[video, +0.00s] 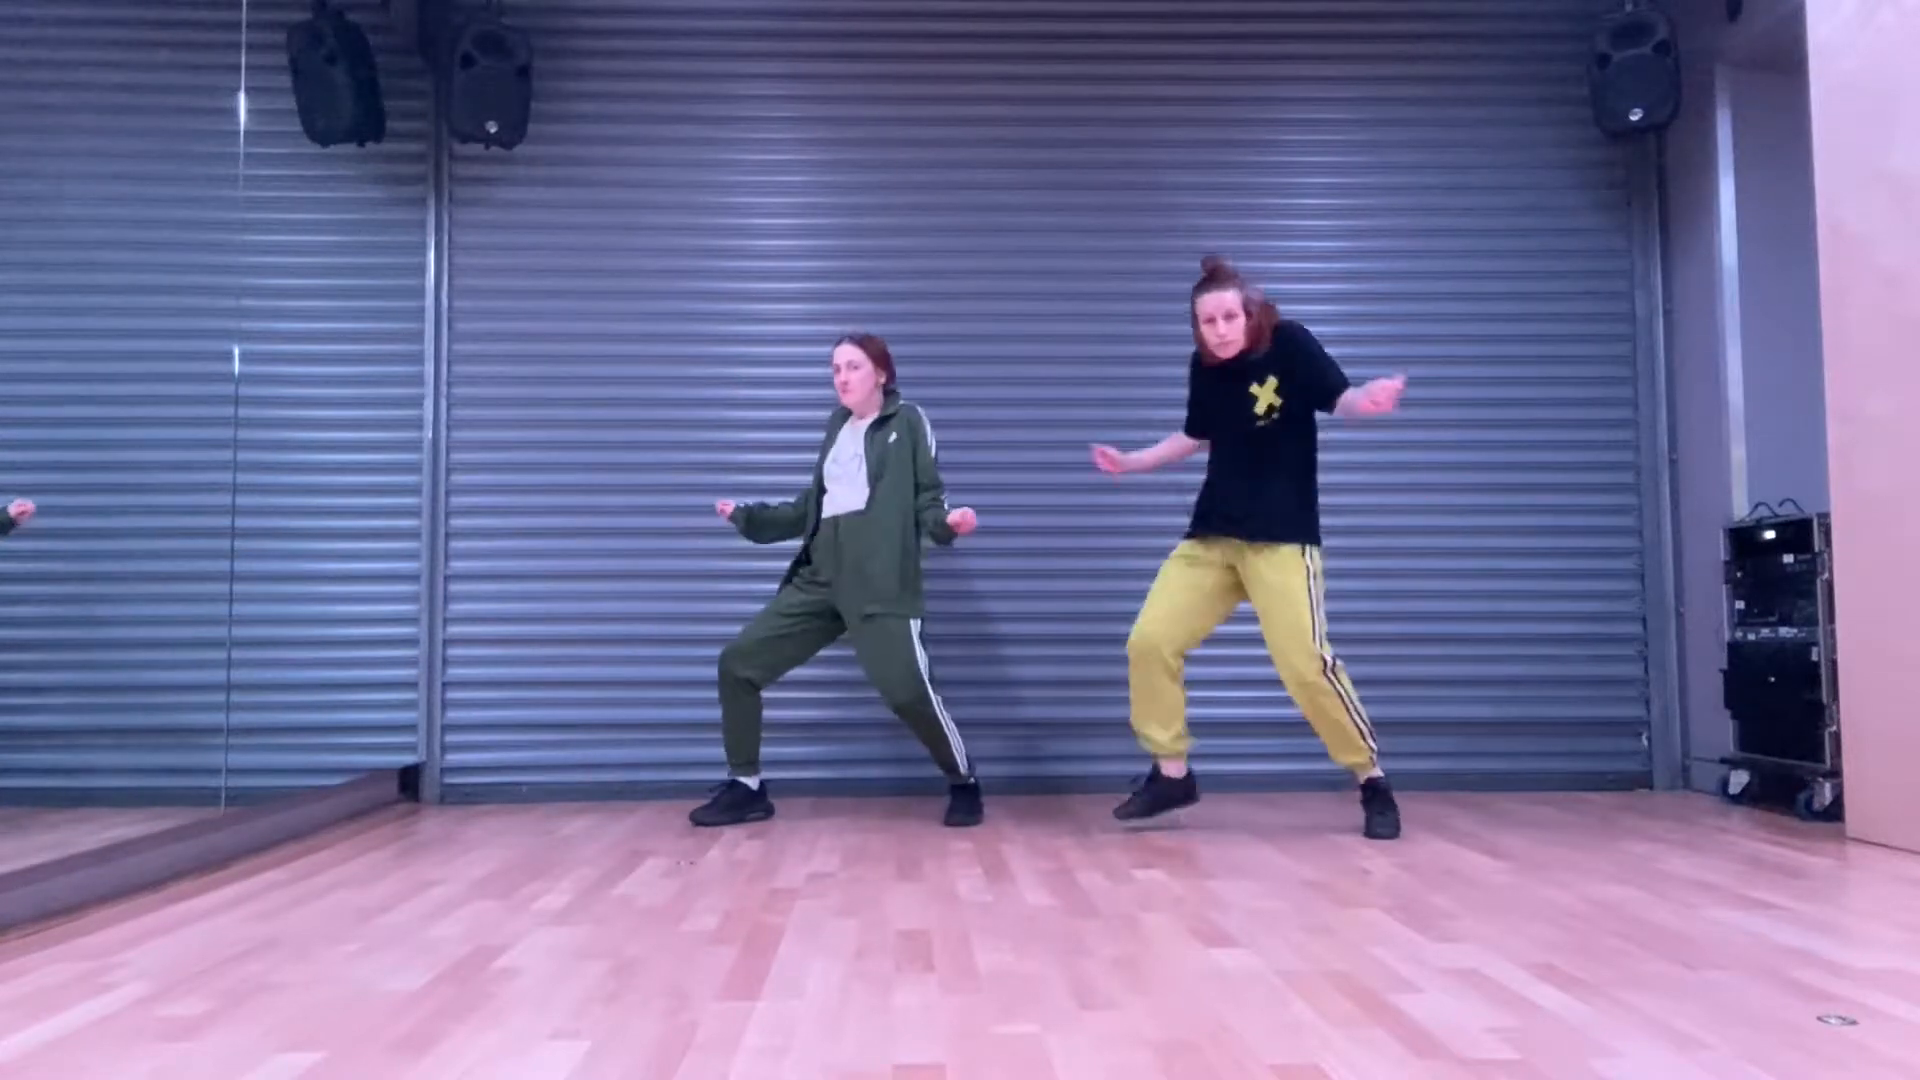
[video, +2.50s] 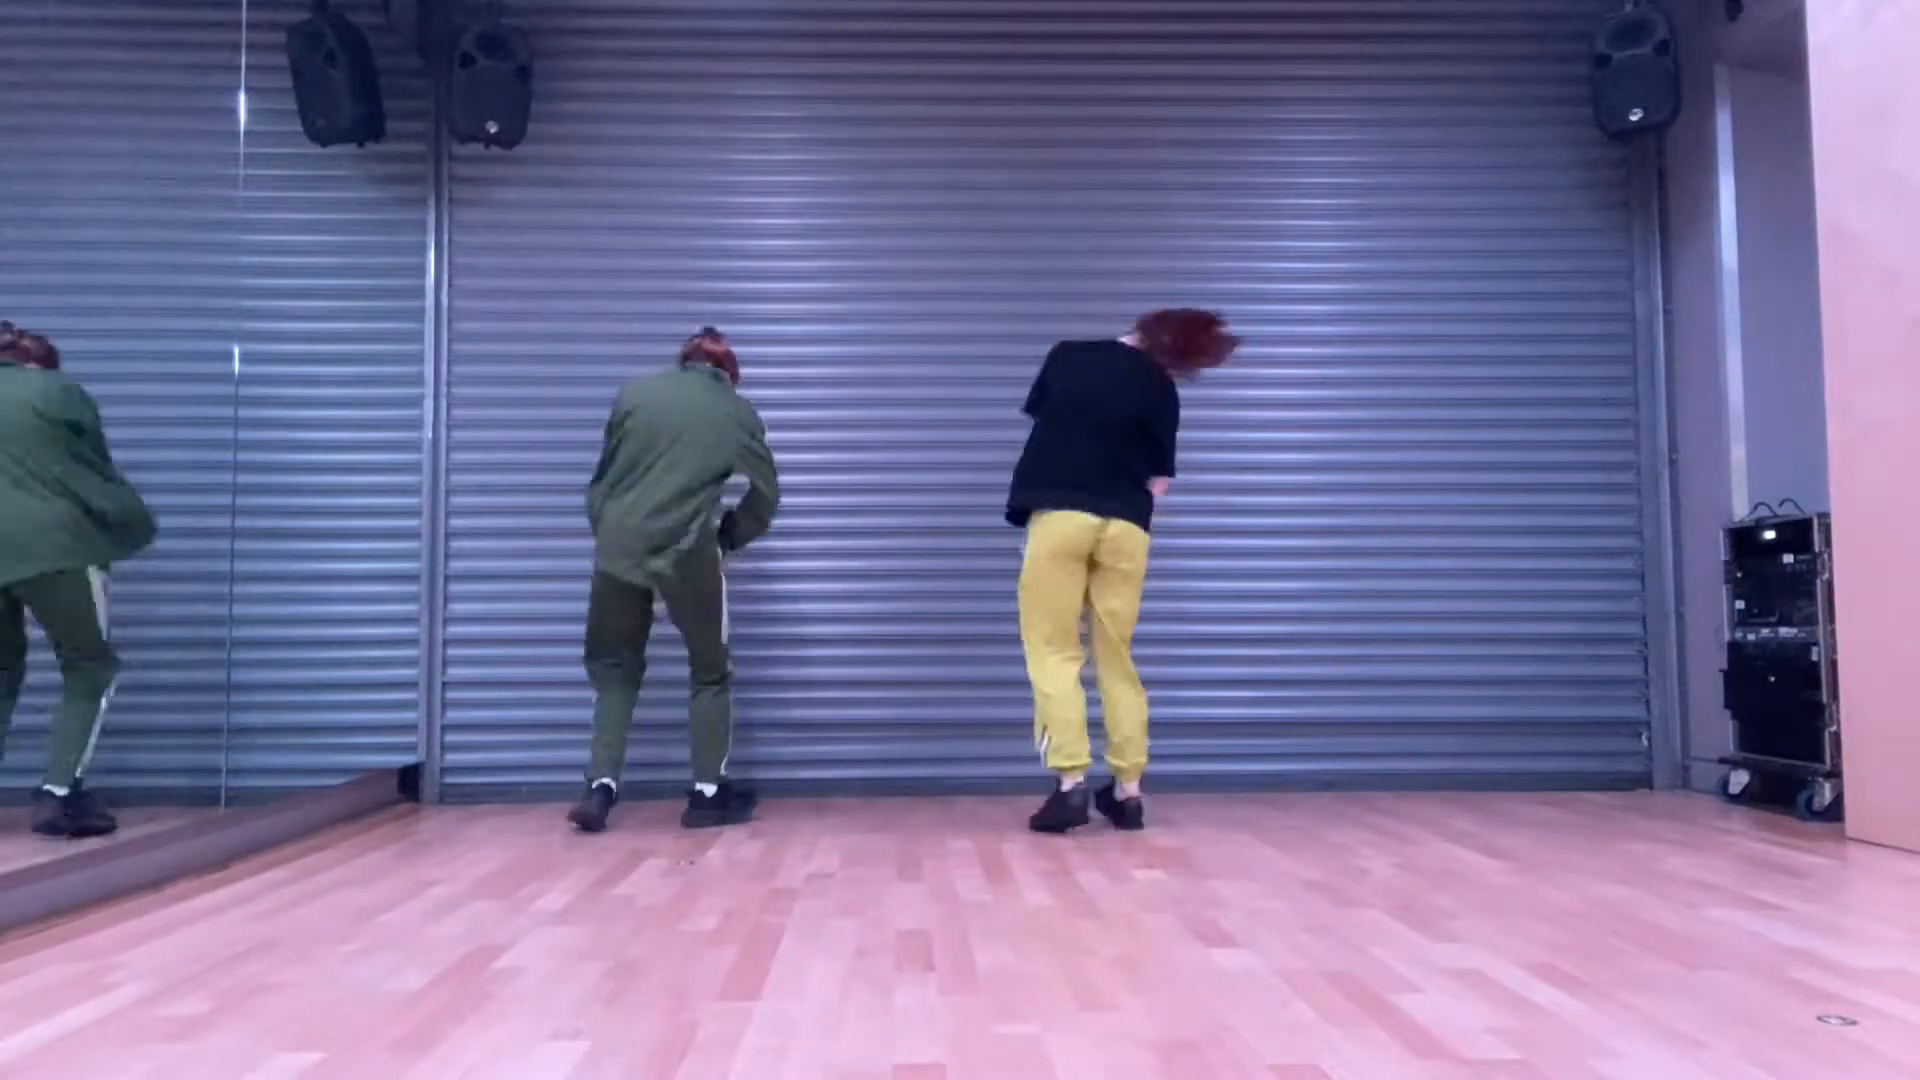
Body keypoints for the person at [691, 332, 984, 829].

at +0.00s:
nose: (841, 377)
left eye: (852, 367)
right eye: (836, 370)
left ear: (881, 374)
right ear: (833, 379)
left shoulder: (908, 422)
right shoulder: (838, 429)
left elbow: (928, 505)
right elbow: (816, 511)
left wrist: (944, 524)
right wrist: (748, 517)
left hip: (883, 583)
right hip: (821, 580)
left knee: (908, 694)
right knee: (739, 664)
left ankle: (963, 784)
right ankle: (745, 787)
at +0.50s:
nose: (733, 363)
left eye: (741, 352)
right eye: (727, 355)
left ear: (773, 354)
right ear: (728, 363)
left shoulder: (812, 404)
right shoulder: (747, 415)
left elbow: (839, 481)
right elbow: (755, 493)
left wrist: (822, 521)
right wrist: (718, 526)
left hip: (789, 562)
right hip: (740, 565)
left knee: (808, 680)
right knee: (710, 673)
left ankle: (906, 752)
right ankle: (761, 788)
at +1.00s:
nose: (725, 319)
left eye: (738, 311)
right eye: (725, 310)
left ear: (769, 325)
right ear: (729, 322)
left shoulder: (786, 372)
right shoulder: (740, 374)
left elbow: (857, 412)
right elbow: (756, 423)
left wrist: (884, 446)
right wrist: (729, 397)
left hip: (799, 525)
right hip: (746, 520)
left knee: (802, 655)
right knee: (706, 607)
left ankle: (806, 778)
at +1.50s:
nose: (753, 312)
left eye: (765, 304)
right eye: (745, 304)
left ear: (788, 314)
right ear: (735, 313)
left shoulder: (804, 366)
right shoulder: (719, 352)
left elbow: (778, 414)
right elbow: (759, 369)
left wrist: (719, 435)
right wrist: (812, 362)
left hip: (772, 507)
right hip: (709, 505)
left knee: (788, 648)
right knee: (680, 635)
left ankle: (790, 774)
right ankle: (684, 768)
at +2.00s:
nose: (697, 332)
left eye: (706, 323)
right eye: (687, 324)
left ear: (725, 332)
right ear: (676, 333)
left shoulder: (750, 400)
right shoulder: (647, 396)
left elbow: (799, 446)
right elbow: (560, 409)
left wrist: (847, 400)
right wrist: (612, 390)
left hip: (721, 545)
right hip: (658, 537)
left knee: (670, 670)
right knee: (667, 668)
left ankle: (609, 777)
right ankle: (701, 793)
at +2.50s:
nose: (734, 388)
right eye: (734, 380)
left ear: (683, 361)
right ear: (729, 375)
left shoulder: (636, 390)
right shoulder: (738, 412)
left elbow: (605, 469)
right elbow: (765, 496)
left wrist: (606, 519)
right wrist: (729, 536)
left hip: (617, 546)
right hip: (686, 553)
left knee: (614, 666)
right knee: (709, 672)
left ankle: (602, 784)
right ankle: (706, 792)